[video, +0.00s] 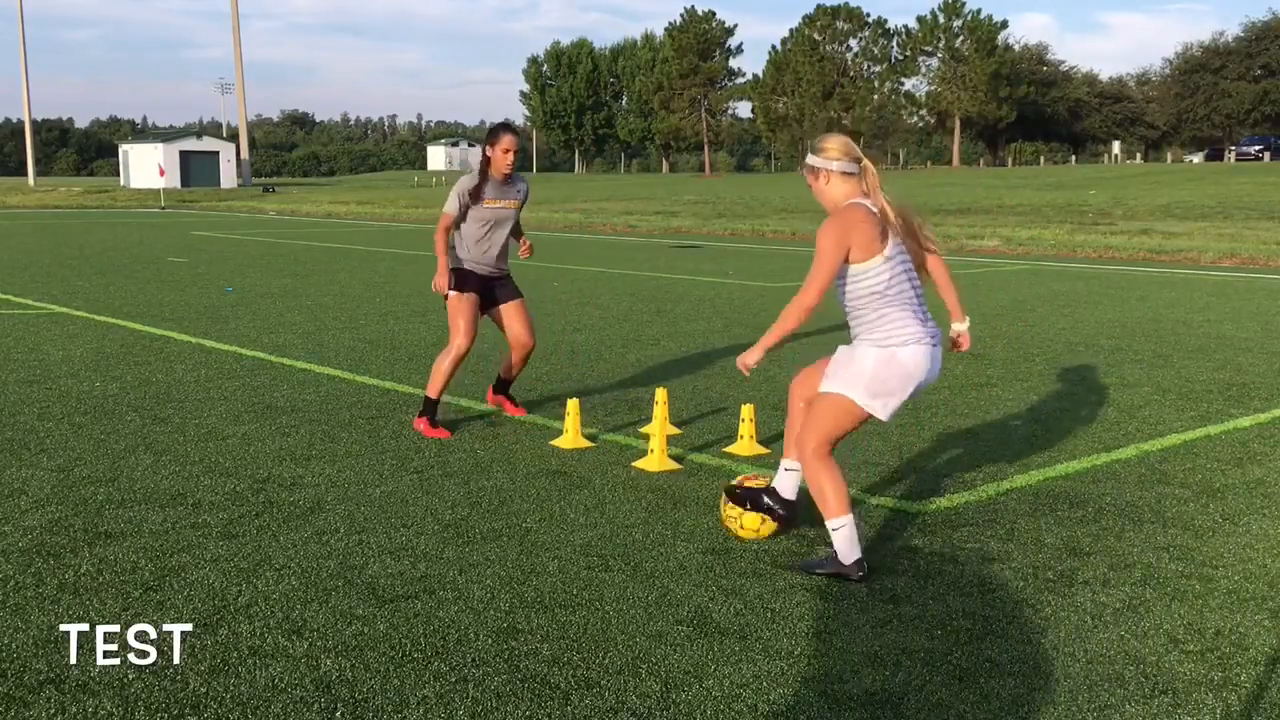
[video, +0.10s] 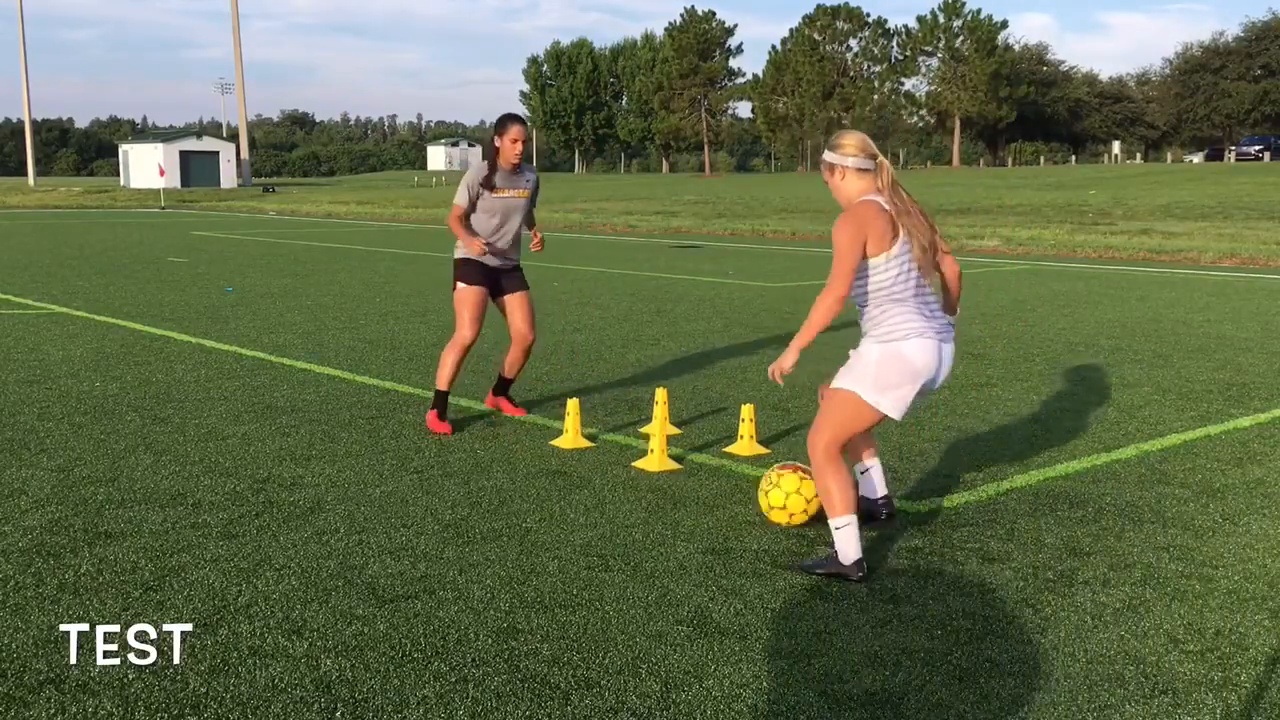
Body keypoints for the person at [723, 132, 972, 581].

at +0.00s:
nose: (811, 188)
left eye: (811, 180)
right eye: (810, 180)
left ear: (823, 177)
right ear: (856, 173)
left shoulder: (840, 224)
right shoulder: (893, 216)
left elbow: (807, 302)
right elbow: (933, 261)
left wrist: (760, 347)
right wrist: (959, 319)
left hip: (889, 354)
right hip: (919, 348)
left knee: (813, 442)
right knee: (804, 387)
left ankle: (849, 558)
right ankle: (782, 496)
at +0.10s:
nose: (828, 186)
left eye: (828, 177)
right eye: (827, 178)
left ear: (839, 173)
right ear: (873, 169)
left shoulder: (854, 219)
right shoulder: (908, 210)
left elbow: (835, 295)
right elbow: (950, 269)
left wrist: (794, 348)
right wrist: (944, 324)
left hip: (896, 349)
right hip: (934, 346)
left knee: (823, 441)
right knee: (832, 395)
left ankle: (848, 557)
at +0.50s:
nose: (903, 169)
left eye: (903, 162)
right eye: (903, 162)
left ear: (913, 161)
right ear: (945, 158)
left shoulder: (917, 197)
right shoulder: (981, 192)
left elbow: (898, 260)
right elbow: (1033, 237)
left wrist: (882, 312)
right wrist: (1074, 281)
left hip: (982, 321)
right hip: (1017, 312)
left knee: (965, 431)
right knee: (926, 379)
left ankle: (1014, 536)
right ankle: (959, 467)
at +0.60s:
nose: (917, 164)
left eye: (917, 157)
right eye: (917, 157)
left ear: (925, 156)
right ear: (959, 152)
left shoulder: (929, 194)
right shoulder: (995, 185)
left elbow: (912, 257)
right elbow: (1044, 224)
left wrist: (896, 315)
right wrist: (1077, 271)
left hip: (982, 313)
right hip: (1026, 306)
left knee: (971, 425)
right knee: (973, 395)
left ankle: (1012, 534)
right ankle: (1009, 476)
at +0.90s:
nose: (935, 151)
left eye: (936, 146)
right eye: (936, 146)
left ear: (943, 148)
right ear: (974, 147)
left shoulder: (932, 183)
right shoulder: (1005, 177)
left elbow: (933, 237)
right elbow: (1053, 228)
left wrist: (930, 295)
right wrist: (1054, 259)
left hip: (967, 296)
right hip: (1019, 290)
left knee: (956, 392)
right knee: (1018, 375)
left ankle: (978, 483)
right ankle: (1082, 445)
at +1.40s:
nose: (919, 176)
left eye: (921, 171)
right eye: (920, 170)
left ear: (930, 172)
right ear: (956, 171)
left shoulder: (915, 206)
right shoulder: (985, 204)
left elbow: (907, 272)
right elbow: (1003, 265)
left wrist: (902, 320)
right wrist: (1006, 312)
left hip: (945, 302)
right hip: (995, 303)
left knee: (896, 373)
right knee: (973, 381)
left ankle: (900, 461)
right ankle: (983, 462)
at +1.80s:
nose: (853, 147)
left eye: (855, 140)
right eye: (854, 140)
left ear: (863, 140)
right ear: (893, 141)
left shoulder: (859, 174)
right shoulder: (917, 178)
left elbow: (841, 239)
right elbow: (953, 235)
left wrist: (840, 277)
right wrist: (924, 272)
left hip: (893, 294)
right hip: (937, 292)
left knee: (854, 380)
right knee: (907, 375)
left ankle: (863, 482)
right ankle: (942, 464)